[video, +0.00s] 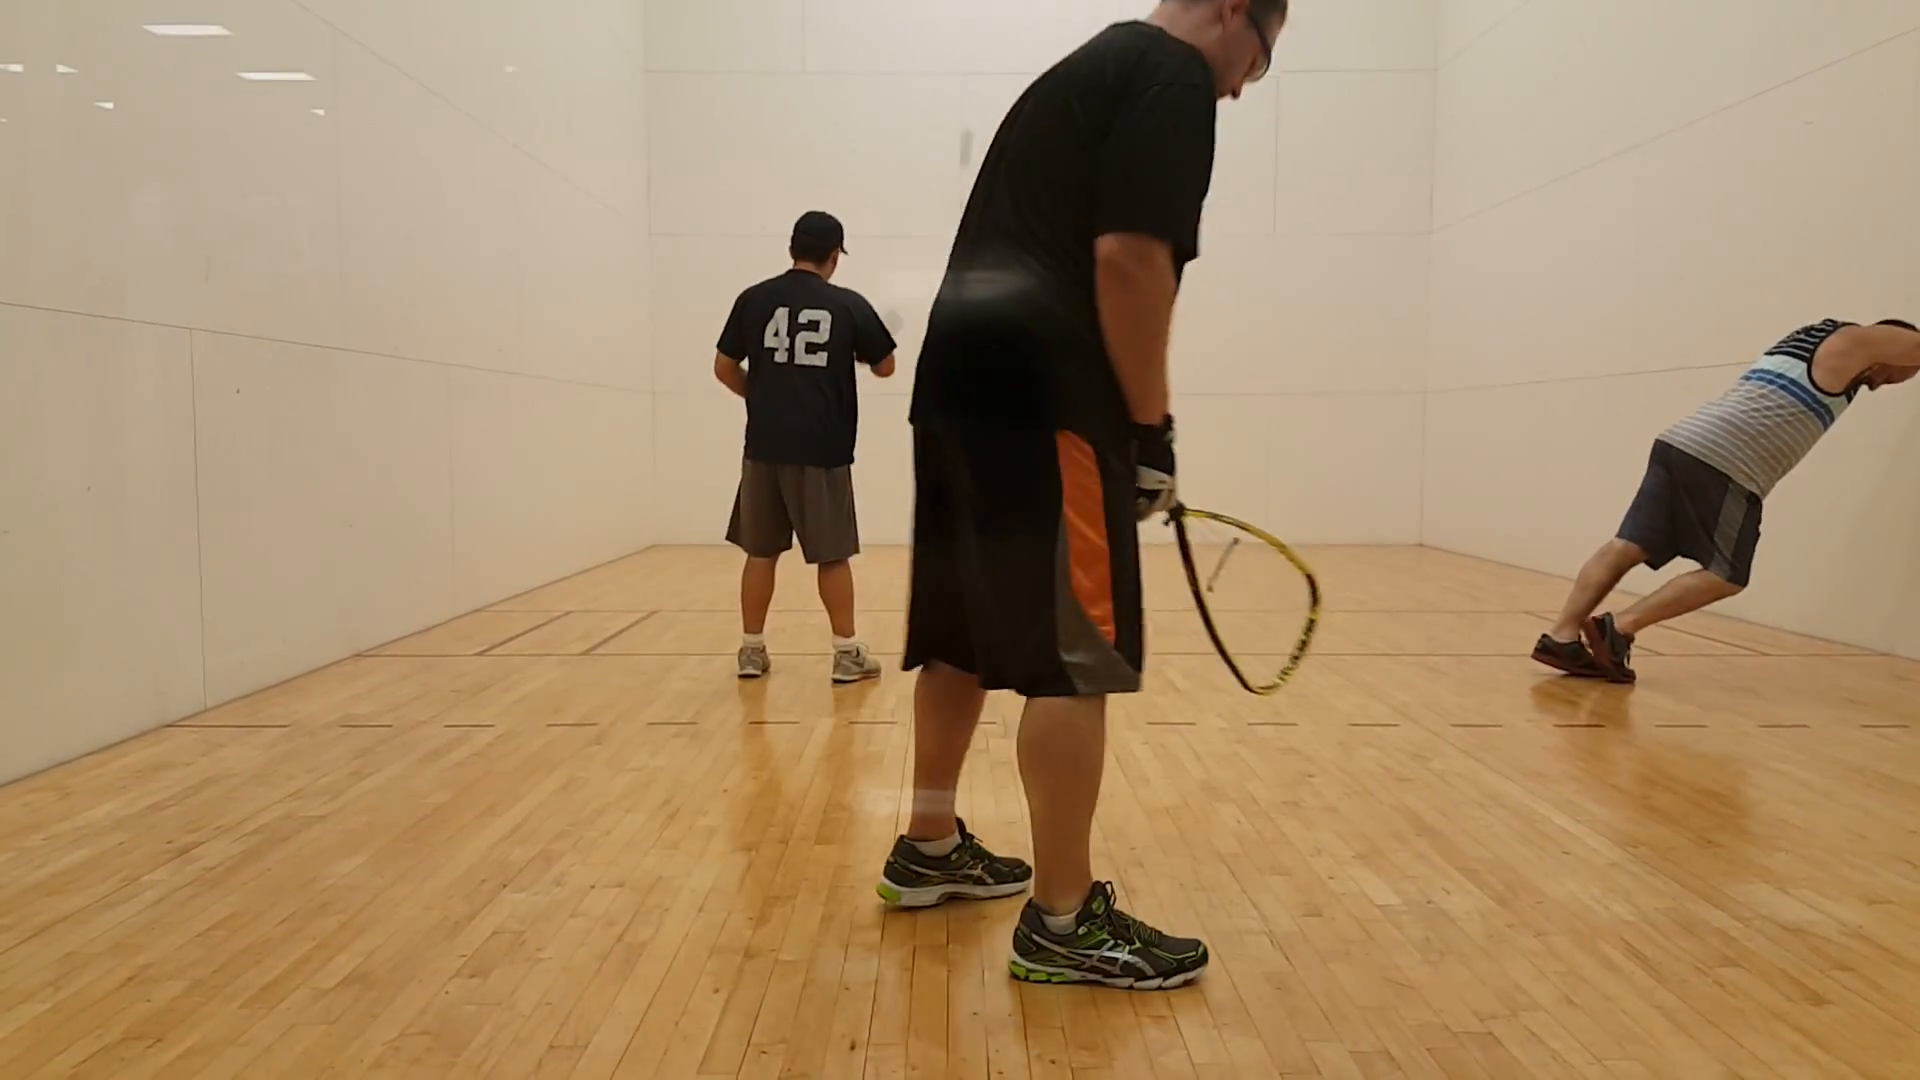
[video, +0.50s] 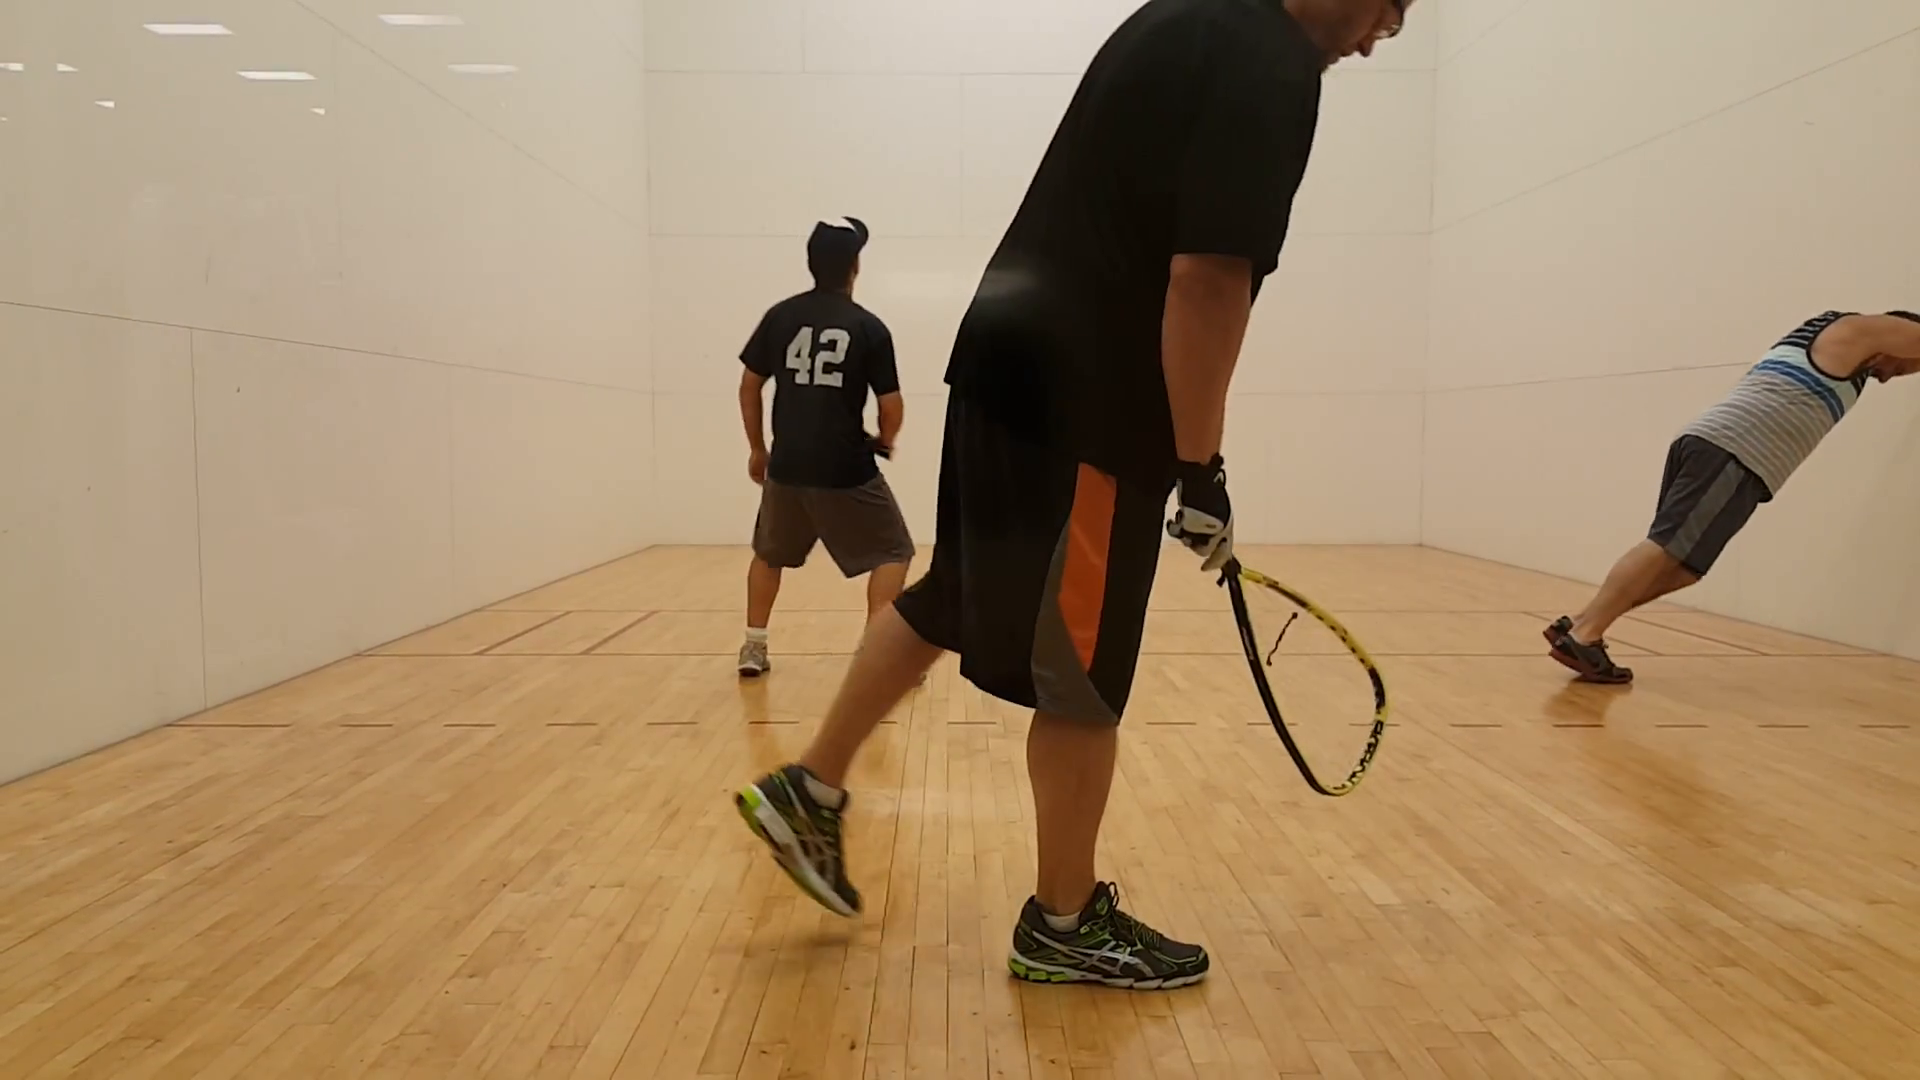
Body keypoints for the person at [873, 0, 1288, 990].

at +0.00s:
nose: (1252, 81)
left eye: (1261, 66)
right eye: (1259, 56)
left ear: (1185, 7)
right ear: (1229, 11)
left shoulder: (1085, 70)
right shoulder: (1170, 78)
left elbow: (1035, 257)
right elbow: (1130, 259)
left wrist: (1117, 428)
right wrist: (1152, 426)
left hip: (958, 390)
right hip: (1046, 397)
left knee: (958, 619)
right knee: (1074, 658)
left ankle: (928, 842)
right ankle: (1065, 917)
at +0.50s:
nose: (1385, 34)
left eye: (1394, 21)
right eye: (1390, 11)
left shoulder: (1181, 22)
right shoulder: (1266, 60)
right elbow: (1206, 280)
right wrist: (1201, 472)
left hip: (1007, 371)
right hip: (1098, 403)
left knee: (951, 593)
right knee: (1082, 665)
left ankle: (811, 786)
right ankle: (1065, 916)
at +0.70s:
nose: (1443, 67)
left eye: (1458, 48)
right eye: (1455, 36)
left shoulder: (1216, 22)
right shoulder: (1327, 89)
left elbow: (1120, 208)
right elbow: (1261, 323)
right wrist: (1228, 519)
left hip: (1001, 345)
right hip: (1102, 397)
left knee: (912, 552)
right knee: (1087, 664)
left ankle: (721, 696)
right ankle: (1065, 918)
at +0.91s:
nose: (1489, 139)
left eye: (1509, 124)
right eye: (1505, 112)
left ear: (1440, 32)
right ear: (1474, 51)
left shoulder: (1259, 31)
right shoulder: (1379, 192)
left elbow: (1102, 130)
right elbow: (1321, 420)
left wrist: (1068, 271)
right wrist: (1286, 612)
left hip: (978, 311)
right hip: (1098, 388)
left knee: (864, 487)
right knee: (1130, 654)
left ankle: (650, 587)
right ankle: (1080, 917)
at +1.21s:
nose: (1508, 262)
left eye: (1532, 247)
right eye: (1530, 238)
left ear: (1476, 131)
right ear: (1504, 181)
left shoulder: (1313, 87)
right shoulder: (1374, 291)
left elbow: (1147, 142)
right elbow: (1316, 508)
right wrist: (1289, 690)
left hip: (979, 291)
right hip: (1066, 392)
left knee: (823, 409)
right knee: (1093, 651)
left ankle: (593, 430)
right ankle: (1068, 919)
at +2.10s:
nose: (1496, 352)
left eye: (1518, 339)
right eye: (1520, 329)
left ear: (1479, 229)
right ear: (1506, 267)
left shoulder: (1329, 155)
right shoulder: (1382, 348)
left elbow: (1153, 183)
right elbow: (1314, 574)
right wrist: (1279, 753)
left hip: (982, 296)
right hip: (1067, 385)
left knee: (840, 455)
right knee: (1089, 646)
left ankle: (585, 451)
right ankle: (1063, 921)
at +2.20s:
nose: (1494, 365)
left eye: (1515, 353)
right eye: (1517, 342)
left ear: (1481, 245)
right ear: (1505, 279)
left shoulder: (1331, 168)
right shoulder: (1380, 356)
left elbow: (1189, 250)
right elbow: (1316, 585)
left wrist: (1231, 508)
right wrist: (1281, 757)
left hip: (978, 302)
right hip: (1064, 391)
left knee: (843, 466)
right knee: (1103, 658)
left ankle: (584, 468)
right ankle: (1064, 923)